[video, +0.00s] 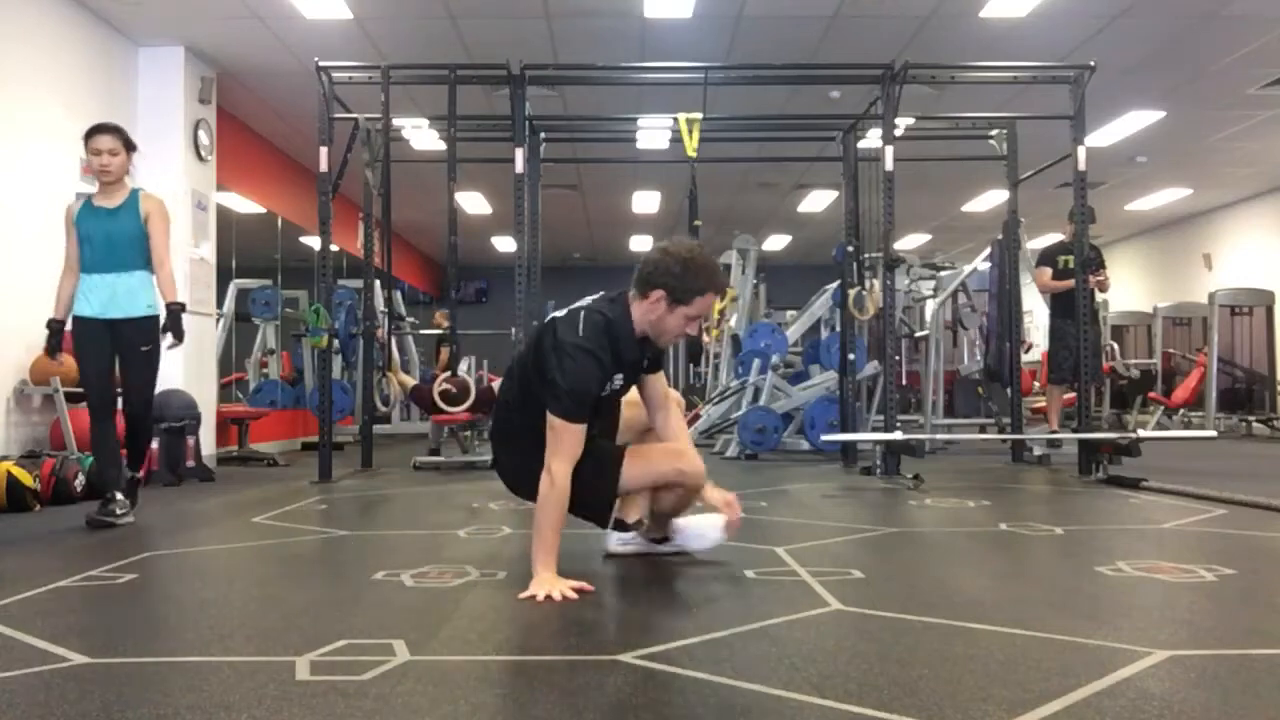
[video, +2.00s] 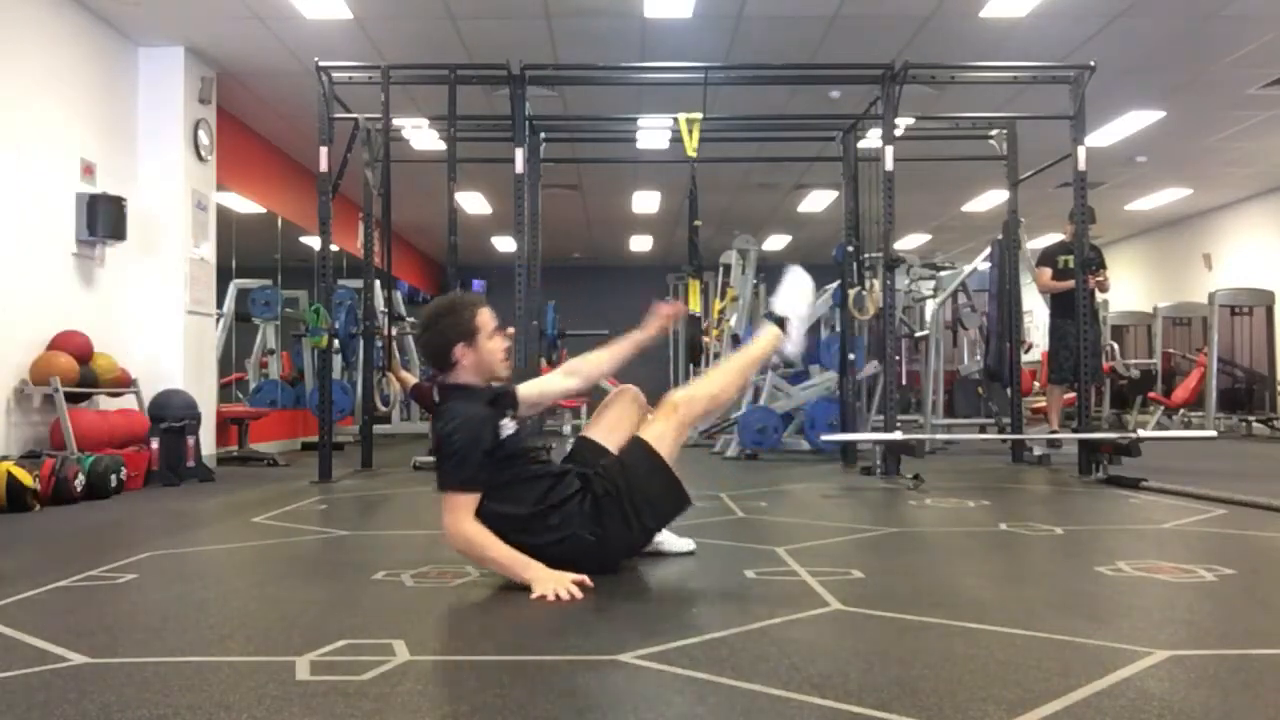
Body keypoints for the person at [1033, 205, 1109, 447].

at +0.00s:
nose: (1082, 230)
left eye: (1086, 225)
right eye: (1078, 224)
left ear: (1091, 226)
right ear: (1069, 224)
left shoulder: (1093, 252)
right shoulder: (1050, 252)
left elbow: (1104, 287)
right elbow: (1042, 284)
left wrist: (1101, 281)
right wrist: (1076, 283)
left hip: (1089, 321)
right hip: (1062, 321)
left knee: (1089, 376)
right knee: (1058, 377)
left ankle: (1087, 423)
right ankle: (1054, 427)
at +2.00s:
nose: (1082, 230)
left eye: (1086, 225)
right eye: (1078, 224)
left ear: (1092, 227)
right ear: (1069, 224)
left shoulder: (1094, 252)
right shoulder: (1051, 252)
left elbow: (1104, 287)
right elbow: (1043, 285)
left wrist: (1100, 282)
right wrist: (1075, 283)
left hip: (1089, 321)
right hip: (1062, 321)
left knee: (1089, 375)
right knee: (1058, 377)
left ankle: (1087, 423)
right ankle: (1054, 427)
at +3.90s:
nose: (1065, 236)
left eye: (1067, 231)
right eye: (1062, 230)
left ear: (1063, 230)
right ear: (1049, 225)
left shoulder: (1064, 251)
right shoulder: (1029, 250)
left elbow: (1069, 280)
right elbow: (1025, 286)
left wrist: (1081, 280)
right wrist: (1063, 284)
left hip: (1061, 318)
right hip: (1038, 319)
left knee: (1072, 373)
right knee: (1038, 377)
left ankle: (1076, 422)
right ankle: (1038, 425)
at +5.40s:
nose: (1081, 229)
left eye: (1085, 224)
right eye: (1077, 223)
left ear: (1089, 225)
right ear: (1068, 223)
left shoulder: (1094, 252)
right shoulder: (1052, 251)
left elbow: (1102, 280)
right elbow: (1044, 284)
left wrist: (1101, 281)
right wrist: (1078, 283)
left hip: (1086, 318)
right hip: (1060, 318)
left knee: (1086, 373)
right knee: (1051, 373)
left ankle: (1085, 422)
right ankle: (1040, 423)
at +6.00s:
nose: (1079, 223)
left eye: (1084, 218)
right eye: (1075, 218)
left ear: (1091, 220)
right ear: (1068, 220)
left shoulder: (1100, 251)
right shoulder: (1055, 251)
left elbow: (1111, 283)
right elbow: (1043, 284)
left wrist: (1098, 283)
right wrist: (1073, 285)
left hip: (1091, 320)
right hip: (1064, 320)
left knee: (1090, 375)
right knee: (1059, 376)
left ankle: (1087, 424)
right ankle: (1054, 426)